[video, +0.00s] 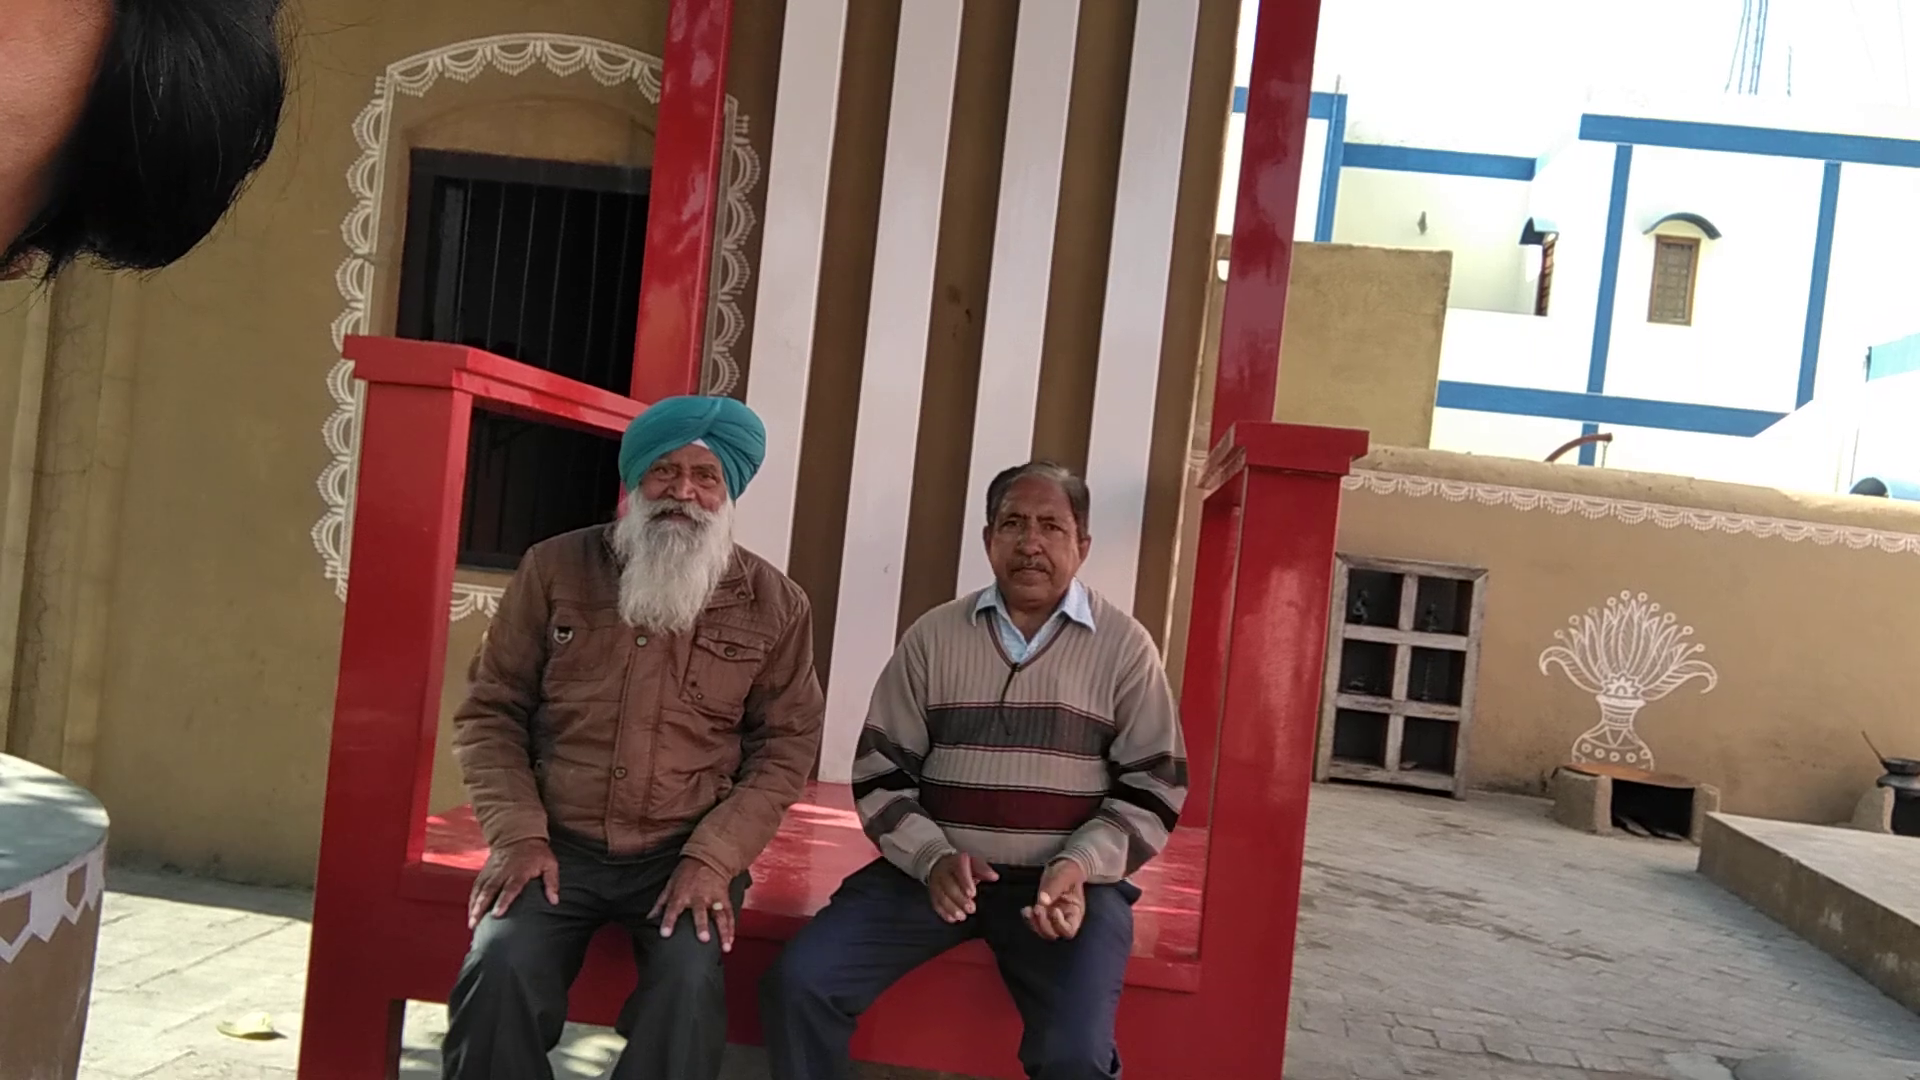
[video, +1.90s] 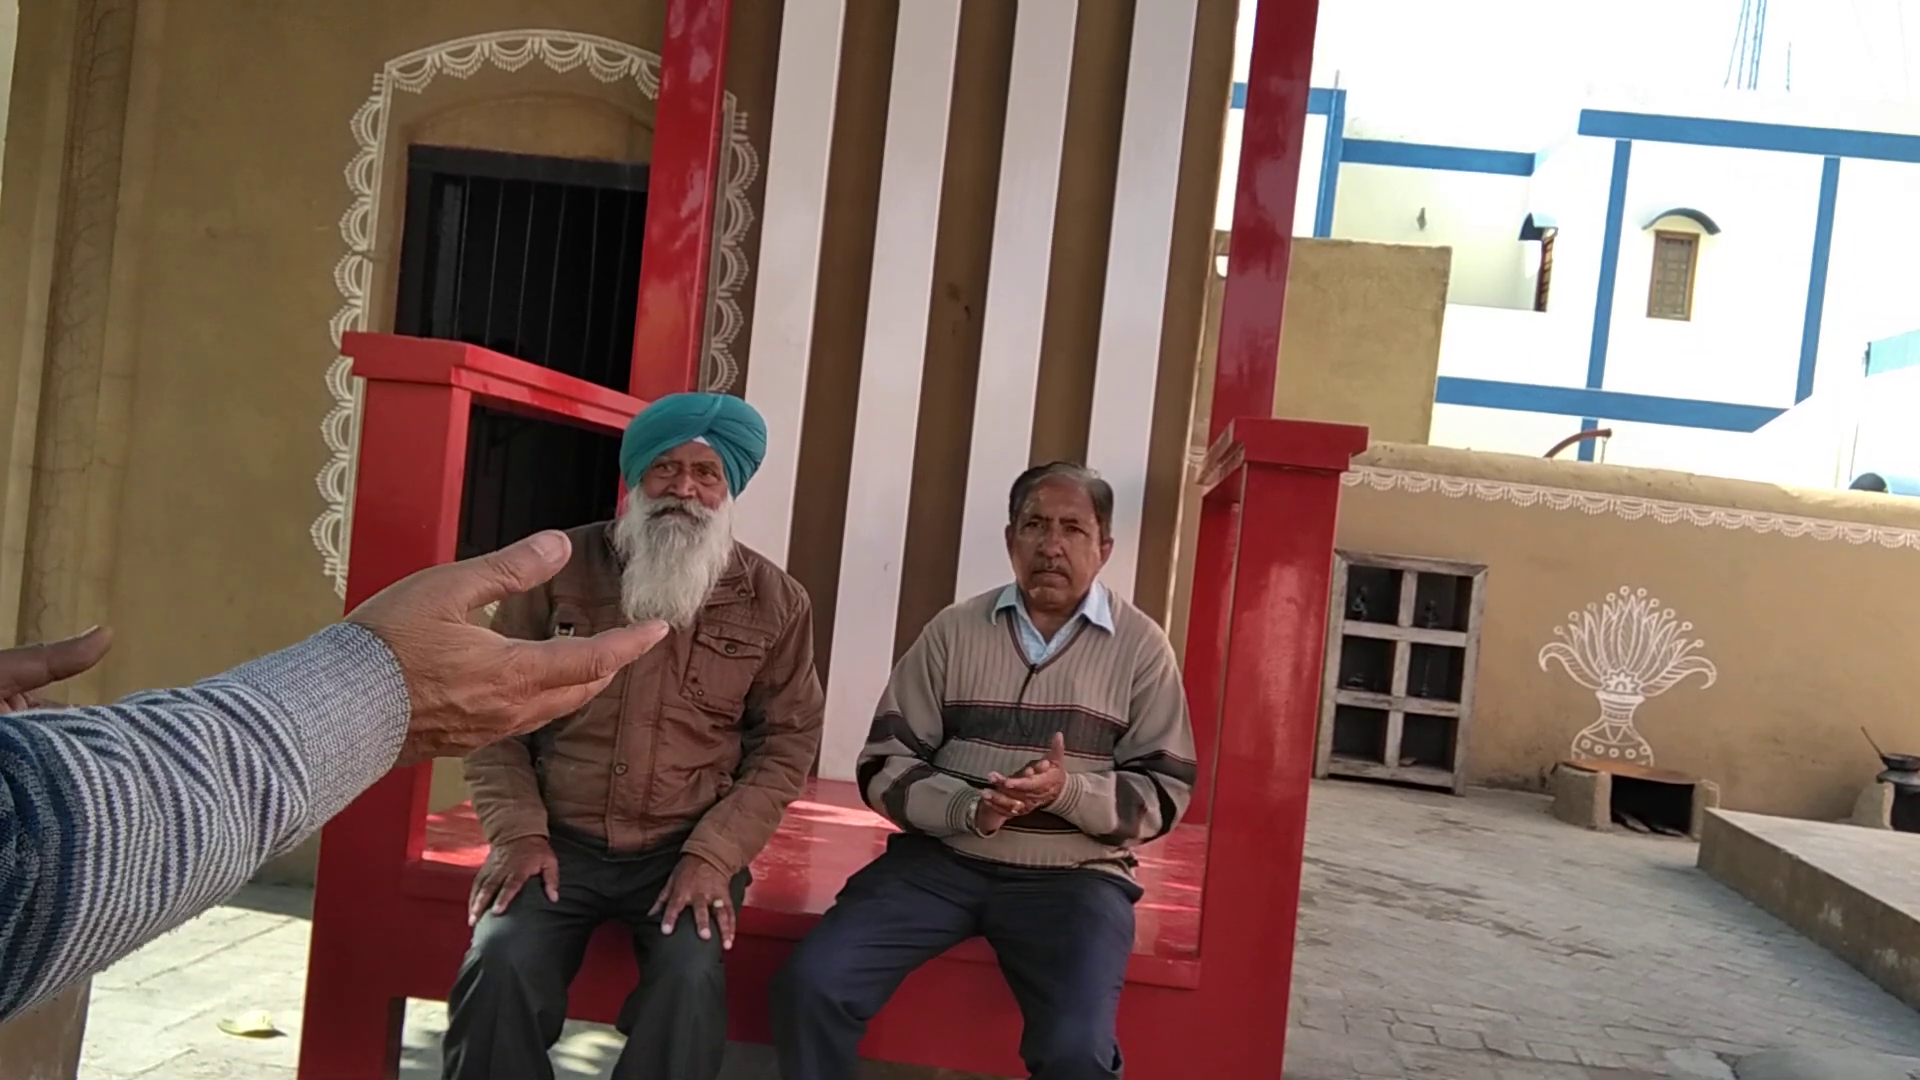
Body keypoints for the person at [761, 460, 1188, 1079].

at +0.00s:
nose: (1031, 542)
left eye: (1050, 526)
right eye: (1013, 524)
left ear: (1082, 547)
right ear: (989, 541)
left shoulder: (1126, 649)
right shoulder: (933, 637)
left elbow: (1153, 783)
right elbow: (879, 771)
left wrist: (1080, 862)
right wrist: (932, 859)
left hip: (1069, 887)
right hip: (929, 870)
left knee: (1075, 1054)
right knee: (799, 987)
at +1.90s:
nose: (1052, 545)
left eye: (1073, 530)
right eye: (1037, 526)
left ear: (1104, 551)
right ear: (1010, 542)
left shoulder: (1143, 648)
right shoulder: (951, 632)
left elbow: (1163, 794)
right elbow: (882, 764)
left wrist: (1068, 792)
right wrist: (967, 805)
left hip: (1075, 879)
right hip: (937, 861)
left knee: (1074, 1049)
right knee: (810, 988)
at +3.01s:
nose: (1015, 561)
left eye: (1038, 542)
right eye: (998, 539)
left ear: (1074, 558)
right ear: (974, 550)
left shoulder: (1122, 658)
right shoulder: (925, 647)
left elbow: (1114, 827)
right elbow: (874, 801)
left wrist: (1016, 904)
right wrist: (912, 904)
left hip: (1065, 888)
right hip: (924, 873)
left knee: (1082, 1045)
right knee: (815, 1005)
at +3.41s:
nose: (1016, 459)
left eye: (1043, 438)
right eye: (999, 435)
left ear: (1088, 456)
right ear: (977, 445)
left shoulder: (1149, 565)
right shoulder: (928, 557)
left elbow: (1176, 751)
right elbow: (870, 730)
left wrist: (1132, 905)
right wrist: (871, 892)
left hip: (1086, 849)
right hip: (948, 837)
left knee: (1095, 1054)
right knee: (849, 1029)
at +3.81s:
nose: (1071, 363)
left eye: (1098, 342)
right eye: (1062, 342)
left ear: (1166, 367)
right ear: (1046, 353)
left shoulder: (1234, 499)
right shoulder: (995, 477)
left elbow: (1276, 702)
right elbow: (941, 645)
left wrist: (1235, 870)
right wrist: (953, 778)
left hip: (1152, 839)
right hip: (997, 810)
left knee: (1123, 1065)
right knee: (948, 1028)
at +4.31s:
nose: (1054, 323)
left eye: (1082, 291)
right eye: (1028, 303)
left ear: (1146, 314)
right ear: (1010, 334)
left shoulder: (1251, 439)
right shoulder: (966, 497)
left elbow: (1329, 656)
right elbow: (921, 713)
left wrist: (1310, 856)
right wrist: (921, 901)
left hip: (1231, 893)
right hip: (1037, 894)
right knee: (1004, 1063)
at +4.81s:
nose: (1098, 302)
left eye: (1130, 267)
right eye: (1069, 277)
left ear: (1202, 291)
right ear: (1046, 311)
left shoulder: (1328, 428)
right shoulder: (1005, 491)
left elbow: (1430, 653)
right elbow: (969, 734)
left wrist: (1381, 834)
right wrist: (945, 950)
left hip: (1320, 936)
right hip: (1096, 938)